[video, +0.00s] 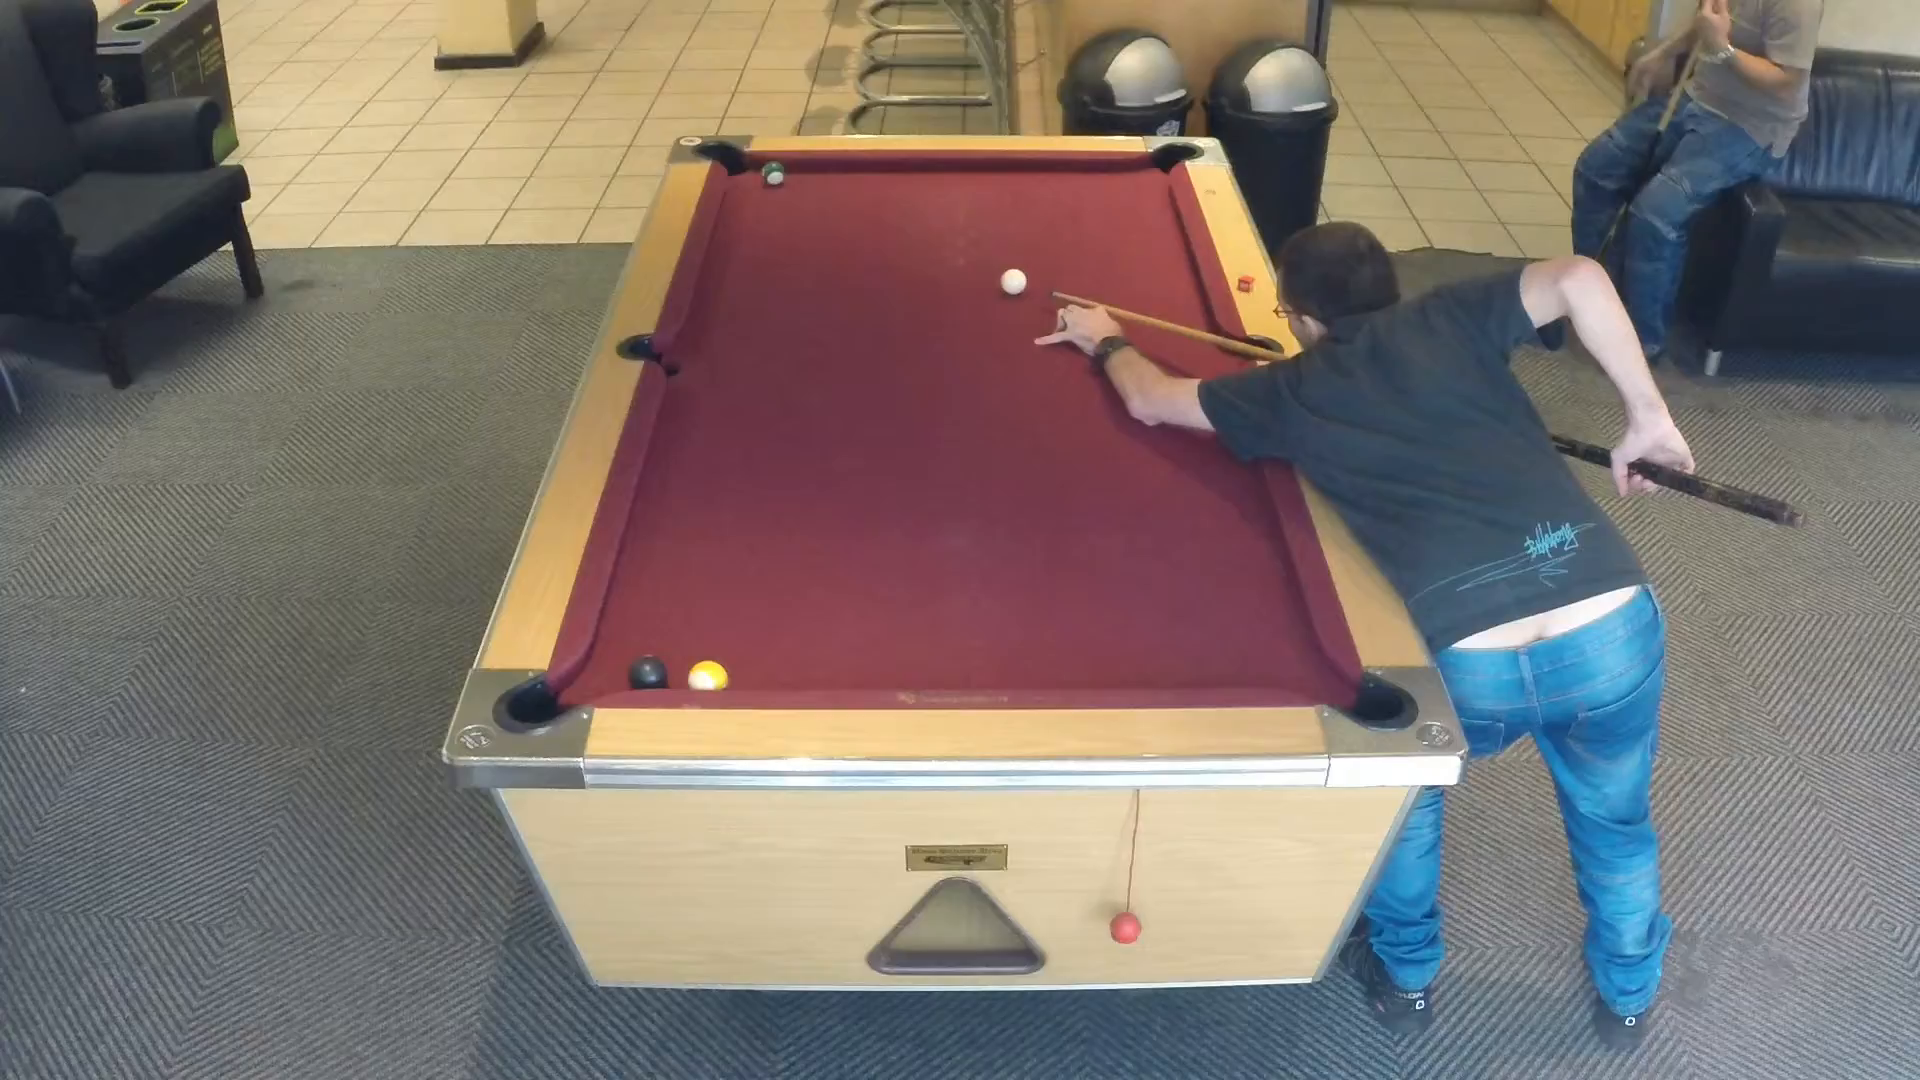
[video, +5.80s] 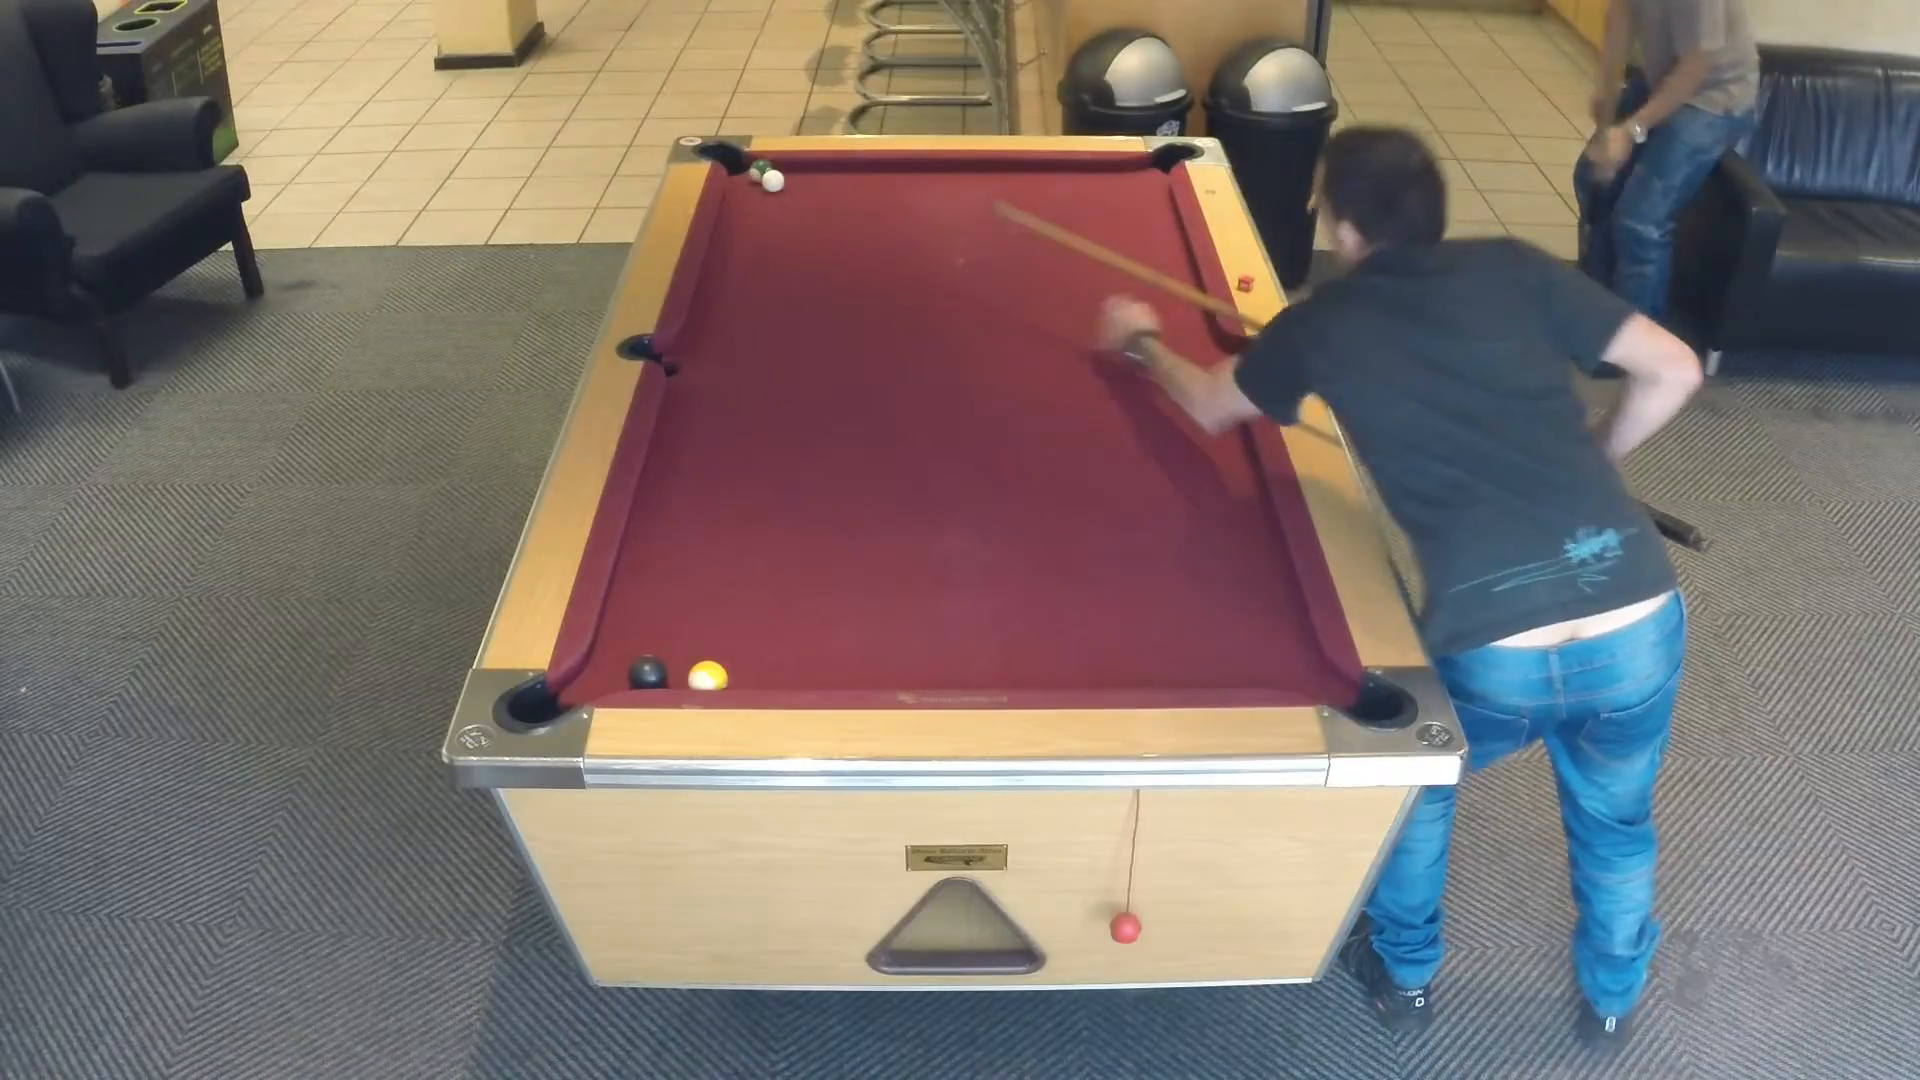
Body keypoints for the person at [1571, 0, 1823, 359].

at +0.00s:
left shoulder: (1796, 7)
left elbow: (1786, 82)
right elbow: (1711, 24)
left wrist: (1723, 50)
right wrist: (1664, 53)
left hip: (1746, 128)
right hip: (1693, 100)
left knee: (1654, 212)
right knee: (1596, 171)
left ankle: (1643, 344)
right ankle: (1589, 303)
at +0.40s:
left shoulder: (1798, 6)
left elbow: (1768, 72)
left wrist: (1698, 30)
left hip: (1747, 127)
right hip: (1694, 100)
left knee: (1654, 211)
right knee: (1593, 171)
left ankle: (1643, 343)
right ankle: (1585, 296)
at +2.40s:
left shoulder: (1794, 6)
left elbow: (1767, 74)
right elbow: (1688, 37)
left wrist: (1701, 29)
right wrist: (1672, 99)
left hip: (1749, 127)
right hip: (1692, 105)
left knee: (1655, 209)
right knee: (1594, 169)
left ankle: (1644, 345)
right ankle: (1590, 301)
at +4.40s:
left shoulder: (1792, 6)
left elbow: (1770, 76)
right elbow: (1686, 42)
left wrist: (1704, 29)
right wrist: (1665, 106)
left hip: (1746, 128)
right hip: (1689, 104)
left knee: (1653, 211)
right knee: (1595, 168)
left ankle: (1643, 342)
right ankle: (1592, 300)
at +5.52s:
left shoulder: (1741, 6)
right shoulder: (1666, 5)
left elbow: (1734, 77)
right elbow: (1657, 51)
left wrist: (1667, 34)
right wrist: (1647, 112)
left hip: (1742, 122)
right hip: (1682, 107)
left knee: (1649, 212)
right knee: (1590, 171)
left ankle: (1636, 343)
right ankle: (1592, 309)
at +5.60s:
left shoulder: (1728, 6)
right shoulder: (1650, 5)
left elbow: (1725, 79)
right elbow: (1648, 45)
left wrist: (1652, 49)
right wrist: (1640, 109)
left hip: (1738, 114)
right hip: (1678, 101)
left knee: (1646, 213)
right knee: (1591, 172)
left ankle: (1634, 343)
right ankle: (1593, 307)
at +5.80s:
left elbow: (1694, 67)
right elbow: (1620, 11)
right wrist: (1607, 89)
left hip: (1718, 93)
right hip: (1659, 79)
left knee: (1639, 221)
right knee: (1593, 176)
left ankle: (1634, 344)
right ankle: (1594, 304)